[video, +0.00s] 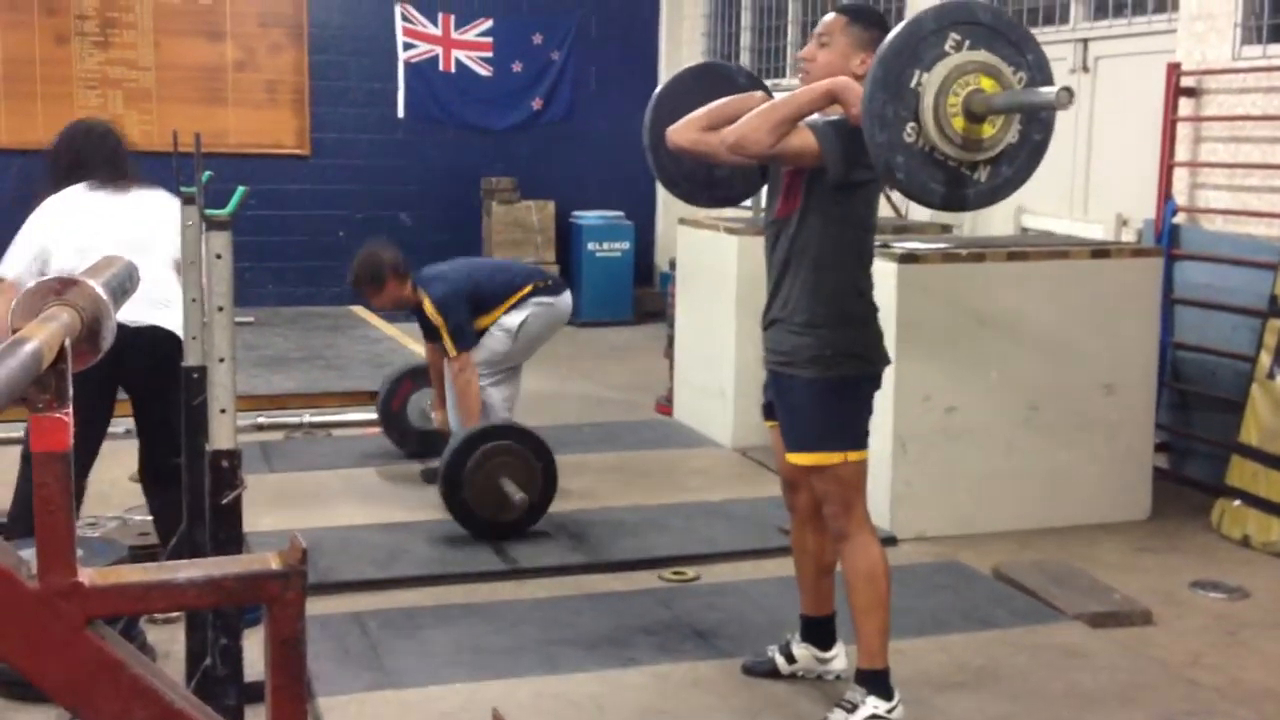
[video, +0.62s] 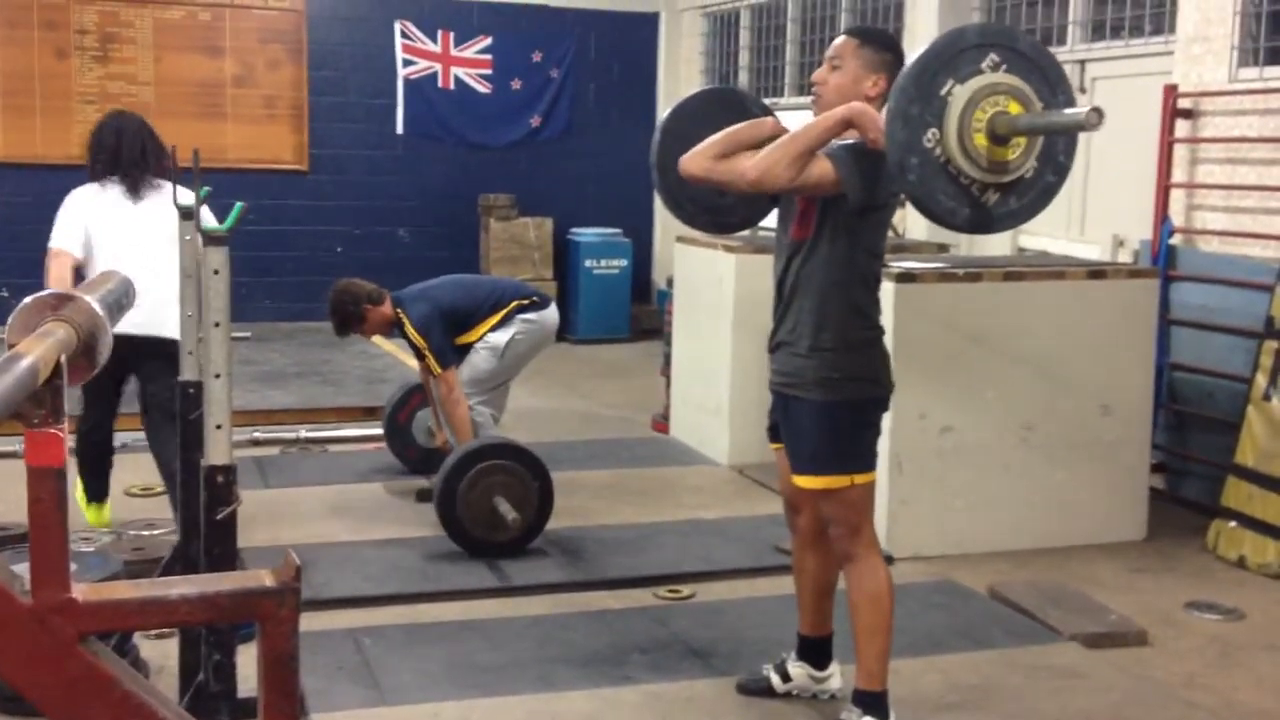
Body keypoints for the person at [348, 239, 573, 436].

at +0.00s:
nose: (372, 305)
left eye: (373, 295)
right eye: (368, 299)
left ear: (392, 281)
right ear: (395, 280)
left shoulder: (440, 294)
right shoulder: (423, 295)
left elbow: (464, 368)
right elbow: (436, 355)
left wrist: (468, 443)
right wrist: (440, 410)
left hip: (544, 300)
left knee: (464, 369)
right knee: (495, 374)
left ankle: (463, 456)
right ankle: (496, 453)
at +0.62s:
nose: (366, 337)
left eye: (361, 329)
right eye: (360, 333)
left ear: (370, 310)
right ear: (374, 304)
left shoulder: (418, 315)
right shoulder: (408, 310)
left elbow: (450, 389)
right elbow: (429, 376)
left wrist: (469, 456)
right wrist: (442, 431)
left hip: (529, 316)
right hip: (524, 314)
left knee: (464, 394)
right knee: (481, 392)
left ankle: (492, 477)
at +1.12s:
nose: (368, 331)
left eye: (365, 322)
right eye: (361, 327)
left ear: (380, 301)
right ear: (381, 301)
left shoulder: (423, 319)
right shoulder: (406, 317)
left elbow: (456, 394)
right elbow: (423, 375)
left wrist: (474, 462)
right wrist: (433, 433)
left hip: (530, 339)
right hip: (516, 338)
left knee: (440, 394)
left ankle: (482, 476)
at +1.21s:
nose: (363, 329)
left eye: (361, 320)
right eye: (357, 324)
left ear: (379, 302)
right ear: (381, 301)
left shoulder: (423, 320)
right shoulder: (406, 317)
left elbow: (456, 395)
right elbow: (422, 376)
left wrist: (477, 462)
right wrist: (433, 432)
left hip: (530, 340)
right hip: (517, 338)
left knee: (440, 393)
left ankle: (477, 473)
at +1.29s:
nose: (354, 321)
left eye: (356, 312)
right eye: (351, 314)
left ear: (381, 300)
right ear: (382, 300)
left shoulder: (423, 320)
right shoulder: (405, 320)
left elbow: (456, 394)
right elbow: (422, 378)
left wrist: (479, 460)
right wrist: (435, 434)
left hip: (529, 339)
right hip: (517, 337)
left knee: (437, 391)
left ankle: (477, 472)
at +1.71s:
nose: (353, 286)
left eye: (361, 278)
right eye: (356, 278)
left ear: (389, 285)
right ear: (389, 287)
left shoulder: (427, 321)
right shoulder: (409, 316)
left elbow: (459, 395)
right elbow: (425, 373)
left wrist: (486, 463)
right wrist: (437, 432)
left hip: (530, 349)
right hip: (510, 348)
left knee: (447, 406)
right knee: (426, 387)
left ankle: (490, 475)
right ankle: (465, 474)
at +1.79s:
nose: (357, 280)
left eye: (366, 273)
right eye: (360, 272)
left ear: (392, 282)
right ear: (392, 283)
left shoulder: (428, 321)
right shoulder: (410, 316)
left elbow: (459, 394)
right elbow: (423, 373)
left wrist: (480, 462)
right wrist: (436, 431)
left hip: (530, 353)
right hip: (508, 351)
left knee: (445, 404)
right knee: (426, 386)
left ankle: (480, 477)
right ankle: (462, 475)